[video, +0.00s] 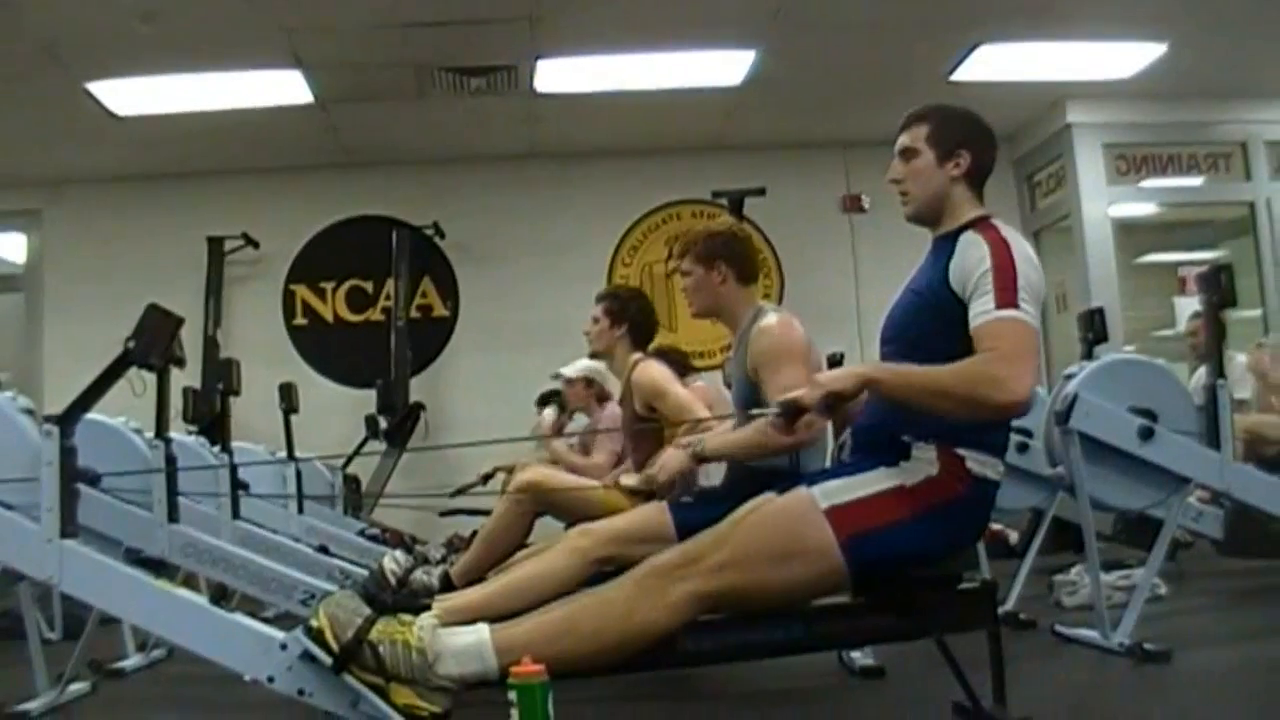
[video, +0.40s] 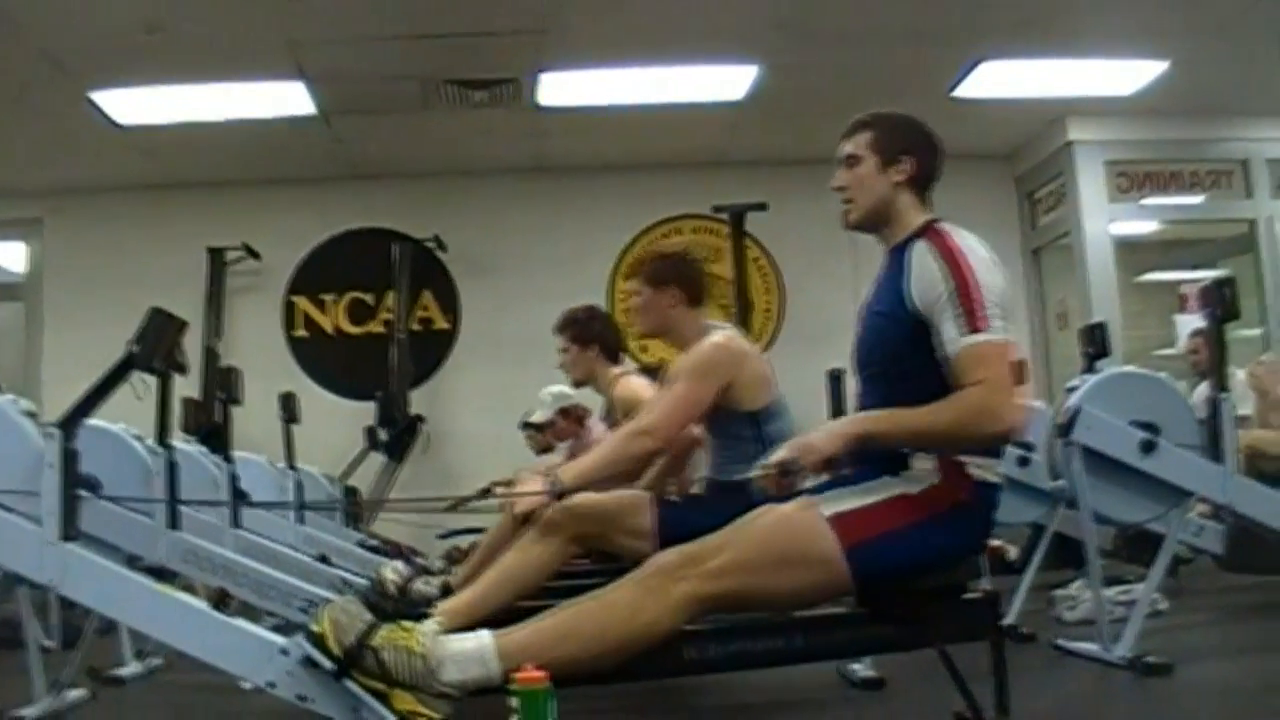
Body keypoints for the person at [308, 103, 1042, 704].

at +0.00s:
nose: (895, 178)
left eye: (908, 160)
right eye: (896, 162)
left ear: (959, 164)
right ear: (942, 168)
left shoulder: (987, 245)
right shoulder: (944, 259)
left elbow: (1011, 381)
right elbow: (908, 400)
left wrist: (869, 376)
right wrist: (829, 417)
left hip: (933, 478)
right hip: (887, 471)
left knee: (696, 573)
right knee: (665, 556)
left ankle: (455, 661)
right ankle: (452, 649)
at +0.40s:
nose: (838, 181)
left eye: (853, 165)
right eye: (839, 168)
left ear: (906, 171)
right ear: (886, 179)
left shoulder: (942, 252)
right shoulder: (898, 270)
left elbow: (1000, 405)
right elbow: (928, 411)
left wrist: (850, 429)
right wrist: (836, 443)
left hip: (936, 491)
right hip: (895, 485)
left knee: (694, 570)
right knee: (678, 563)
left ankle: (460, 664)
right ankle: (453, 659)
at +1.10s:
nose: (556, 163)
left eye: (568, 146)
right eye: (558, 148)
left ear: (617, 150)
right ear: (614, 155)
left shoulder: (669, 225)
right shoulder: (631, 240)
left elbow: (552, 383)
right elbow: (536, 364)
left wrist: (410, 469)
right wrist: (418, 462)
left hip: (774, 458)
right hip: (729, 450)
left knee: (544, 385)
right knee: (531, 330)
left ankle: (442, 605)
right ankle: (429, 579)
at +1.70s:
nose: (541, 170)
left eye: (554, 151)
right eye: (546, 153)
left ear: (596, 157)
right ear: (597, 161)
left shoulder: (647, 234)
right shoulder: (629, 241)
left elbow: (502, 377)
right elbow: (518, 397)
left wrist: (364, 447)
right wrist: (405, 462)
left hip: (765, 463)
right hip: (741, 458)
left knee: (557, 359)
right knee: (545, 368)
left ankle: (536, 589)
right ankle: (531, 572)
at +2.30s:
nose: (804, 126)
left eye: (821, 110)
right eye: (808, 111)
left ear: (870, 121)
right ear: (858, 123)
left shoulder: (902, 206)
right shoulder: (866, 214)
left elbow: (758, 325)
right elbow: (755, 326)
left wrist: (600, 378)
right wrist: (608, 381)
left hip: (960, 441)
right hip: (916, 433)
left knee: (705, 414)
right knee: (687, 417)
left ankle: (546, 601)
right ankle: (540, 595)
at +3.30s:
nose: (995, 137)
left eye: (1008, 119)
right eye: (994, 124)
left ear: (1061, 119)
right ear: (1040, 131)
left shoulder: (1101, 200)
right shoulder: (1053, 218)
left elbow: (1177, 332)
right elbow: (975, 358)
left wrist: (1026, 325)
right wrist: (864, 390)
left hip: (1039, 434)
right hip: (990, 424)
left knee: (801, 516)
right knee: (781, 505)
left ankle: (561, 606)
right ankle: (555, 597)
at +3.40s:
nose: (986, 140)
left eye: (997, 122)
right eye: (985, 127)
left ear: (1049, 117)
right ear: (1023, 128)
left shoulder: (1095, 199)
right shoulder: (1048, 214)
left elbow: (1191, 330)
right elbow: (1033, 345)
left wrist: (1042, 332)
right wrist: (963, 370)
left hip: (1043, 433)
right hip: (999, 424)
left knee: (804, 510)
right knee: (787, 503)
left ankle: (557, 606)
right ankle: (552, 596)